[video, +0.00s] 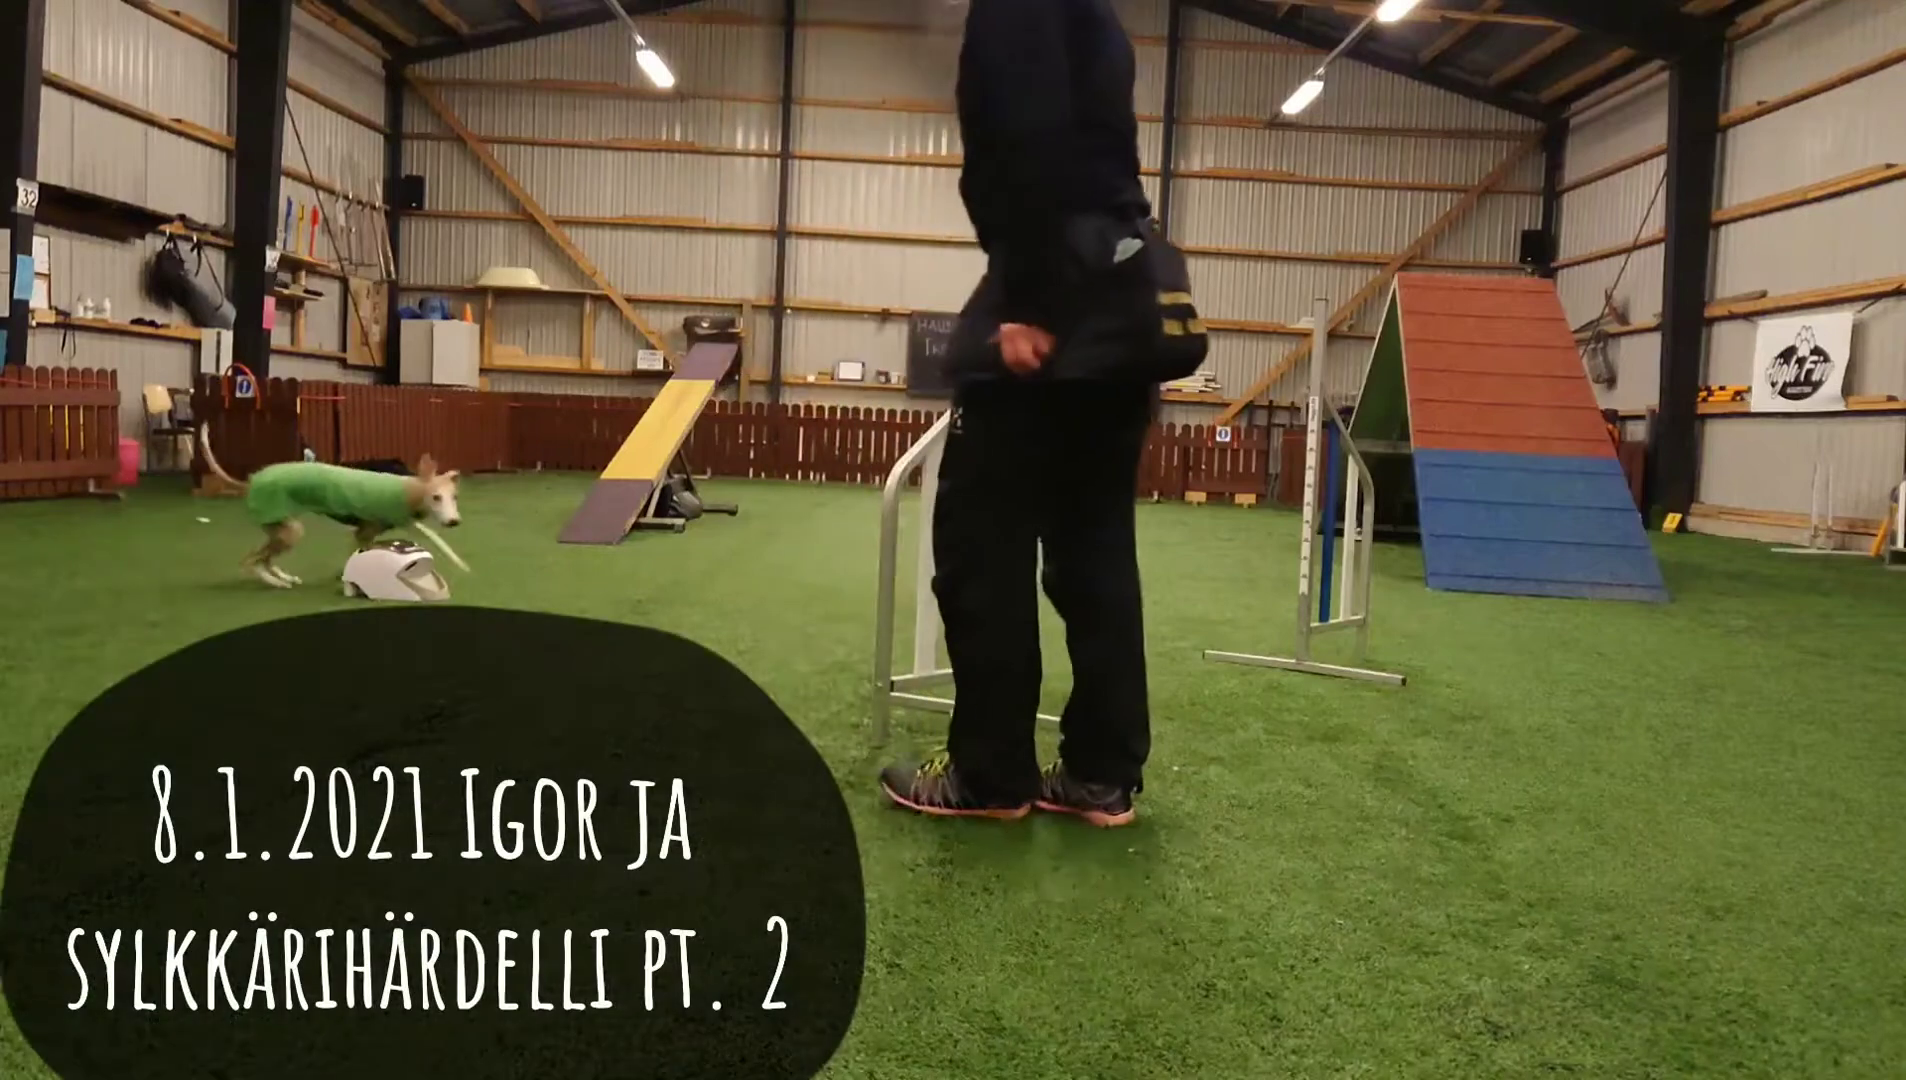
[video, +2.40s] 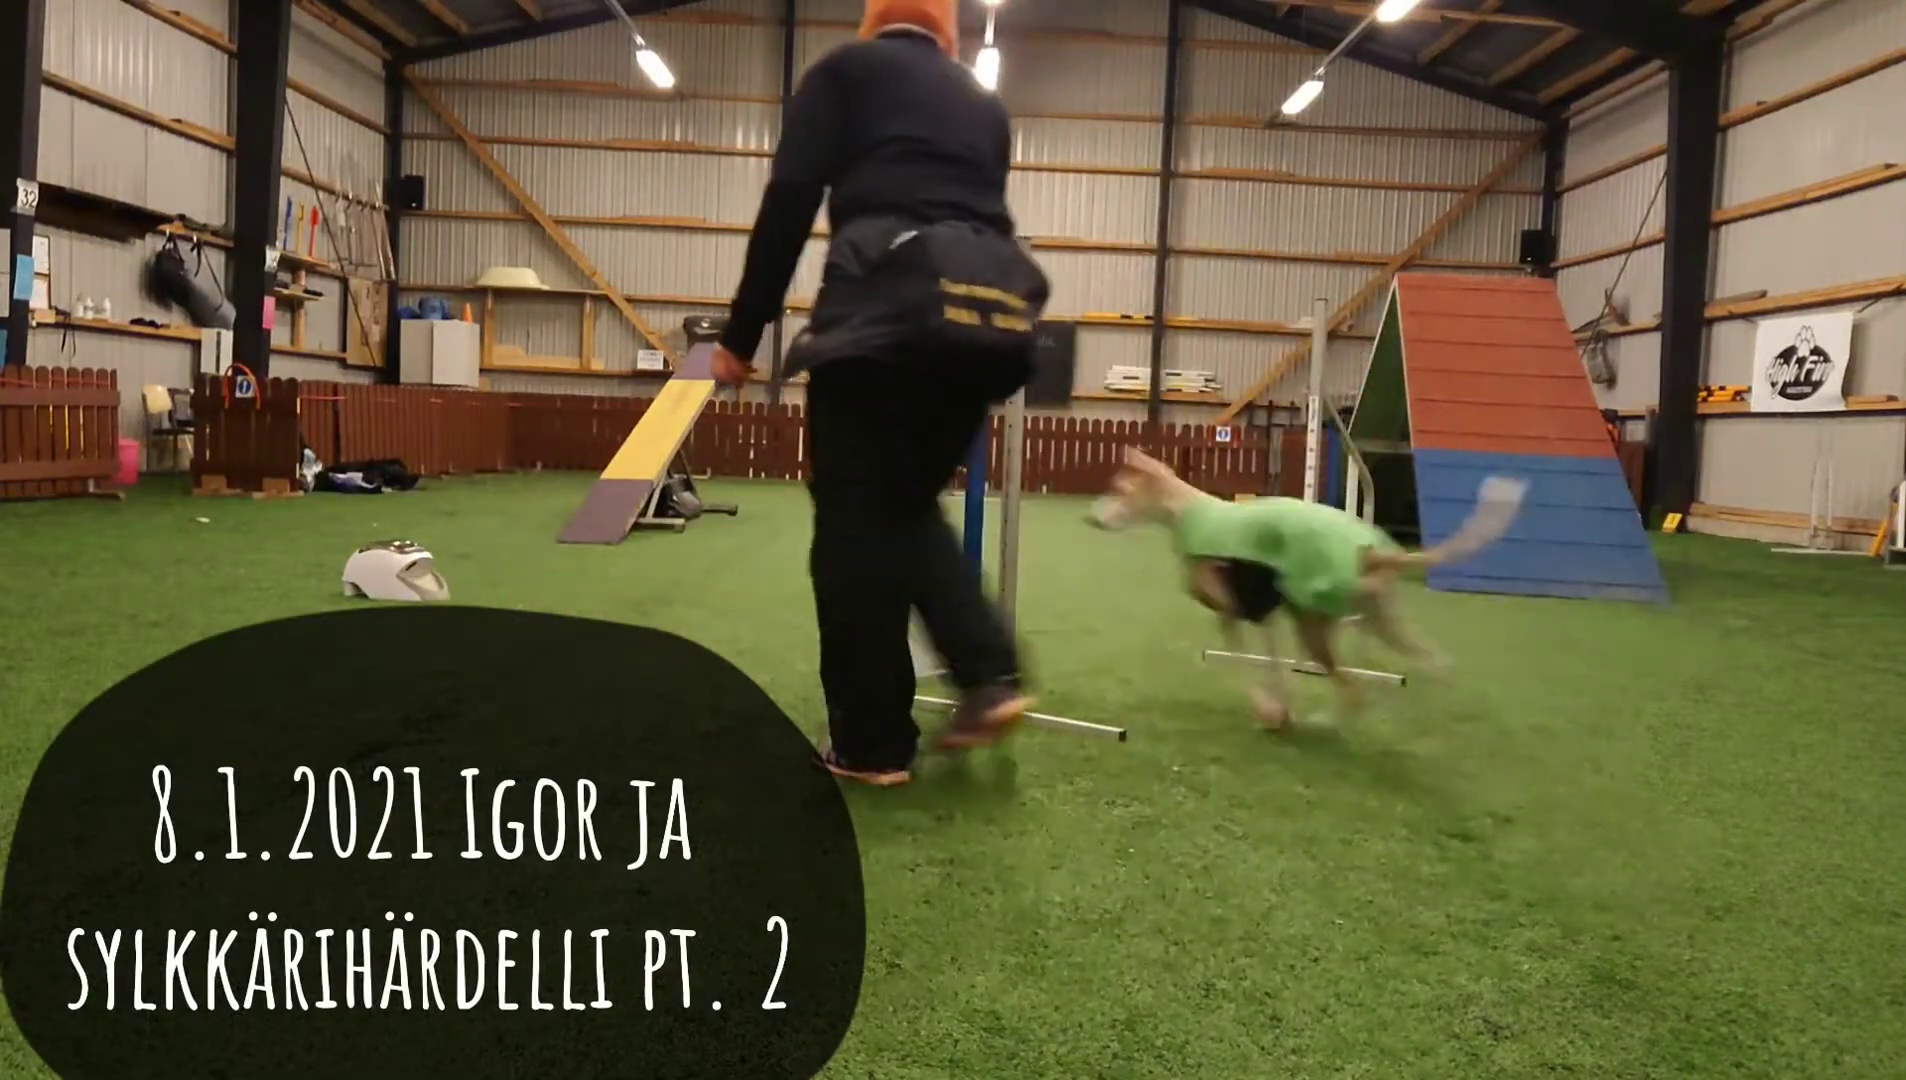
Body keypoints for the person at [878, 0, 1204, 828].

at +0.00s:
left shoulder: (1008, 13)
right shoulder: (1100, 27)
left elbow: (1025, 145)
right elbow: (1101, 164)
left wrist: (1024, 305)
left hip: (1034, 334)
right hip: (1118, 331)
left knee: (978, 552)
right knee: (1096, 553)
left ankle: (990, 774)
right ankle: (1104, 775)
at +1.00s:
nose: (933, 97)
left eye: (931, 58)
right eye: (927, 82)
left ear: (942, 12)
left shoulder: (973, 17)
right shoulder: (1092, 40)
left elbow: (1020, 148)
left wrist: (1002, 339)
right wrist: (980, 374)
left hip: (1146, 302)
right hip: (1260, 291)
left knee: (1075, 569)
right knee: (1194, 557)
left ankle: (1094, 846)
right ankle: (1195, 807)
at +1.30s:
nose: (993, 143)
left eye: (990, 109)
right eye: (989, 127)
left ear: (1015, 36)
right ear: (1089, 27)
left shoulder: (1028, 51)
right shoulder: (1166, 81)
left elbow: (1056, 163)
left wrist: (1037, 349)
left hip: (1198, 297)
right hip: (1334, 296)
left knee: (1135, 588)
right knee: (1293, 581)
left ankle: (1104, 847)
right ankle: (1271, 828)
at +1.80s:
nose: (1031, 43)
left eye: (1033, 34)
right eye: (1036, 35)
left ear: (1057, 31)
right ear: (1128, 34)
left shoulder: (1051, 66)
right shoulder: (1179, 85)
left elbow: (1051, 191)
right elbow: (1221, 240)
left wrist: (1009, 346)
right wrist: (1189, 420)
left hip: (1158, 304)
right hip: (1281, 311)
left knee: (1062, 557)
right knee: (1264, 574)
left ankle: (997, 792)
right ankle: (1270, 826)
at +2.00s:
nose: (994, 32)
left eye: (997, 25)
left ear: (1013, 27)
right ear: (1090, 33)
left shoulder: (990, 76)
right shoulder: (1132, 88)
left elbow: (971, 202)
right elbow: (1155, 218)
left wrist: (923, 354)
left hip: (1061, 337)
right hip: (1188, 336)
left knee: (976, 549)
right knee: (1209, 568)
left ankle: (898, 737)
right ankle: (1261, 808)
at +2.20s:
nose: (908, 34)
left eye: (911, 25)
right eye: (1019, 34)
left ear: (926, 27)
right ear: (1005, 36)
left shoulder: (897, 77)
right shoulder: (1040, 94)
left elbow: (856, 211)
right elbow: (1045, 217)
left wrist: (806, 352)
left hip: (938, 324)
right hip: (1063, 326)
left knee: (885, 533)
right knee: (1075, 540)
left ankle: (873, 745)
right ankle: (1183, 709)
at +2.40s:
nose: (859, 30)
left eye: (861, 22)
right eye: (958, 32)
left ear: (872, 24)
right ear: (946, 37)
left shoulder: (843, 68)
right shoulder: (986, 105)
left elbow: (789, 199)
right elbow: (984, 230)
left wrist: (740, 337)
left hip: (877, 322)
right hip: (989, 329)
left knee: (852, 533)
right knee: (910, 506)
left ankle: (872, 745)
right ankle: (991, 678)